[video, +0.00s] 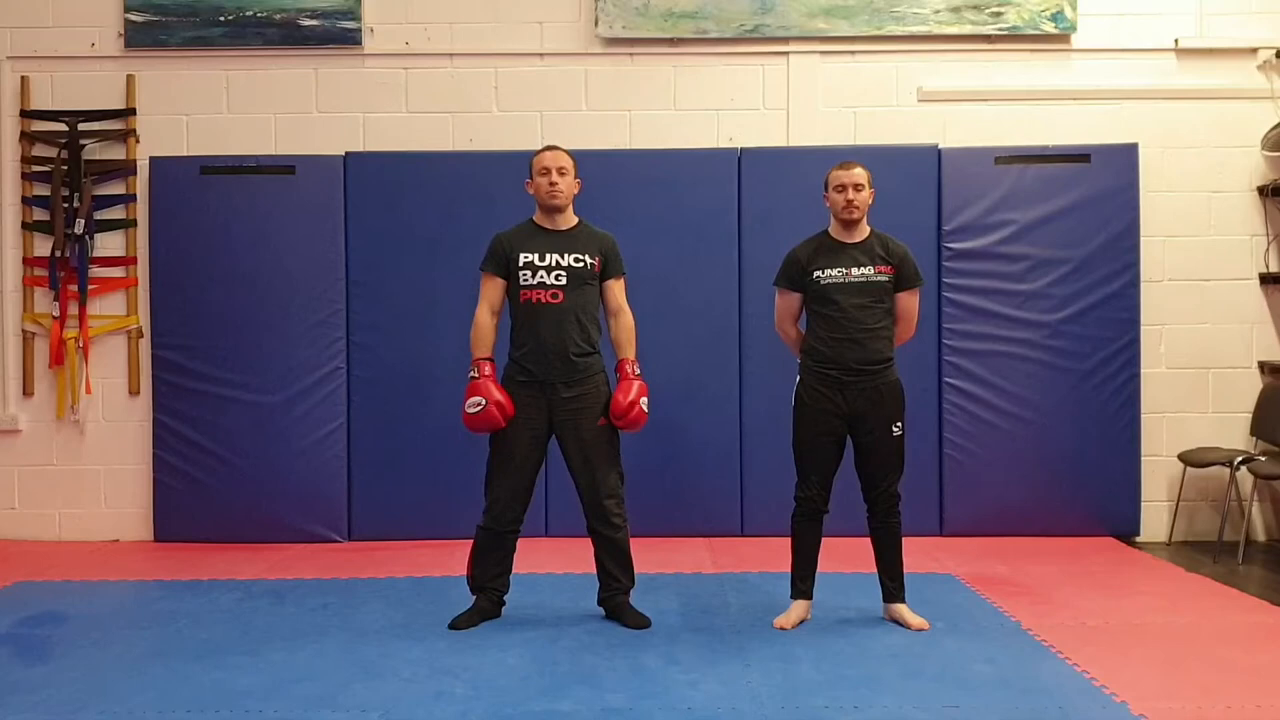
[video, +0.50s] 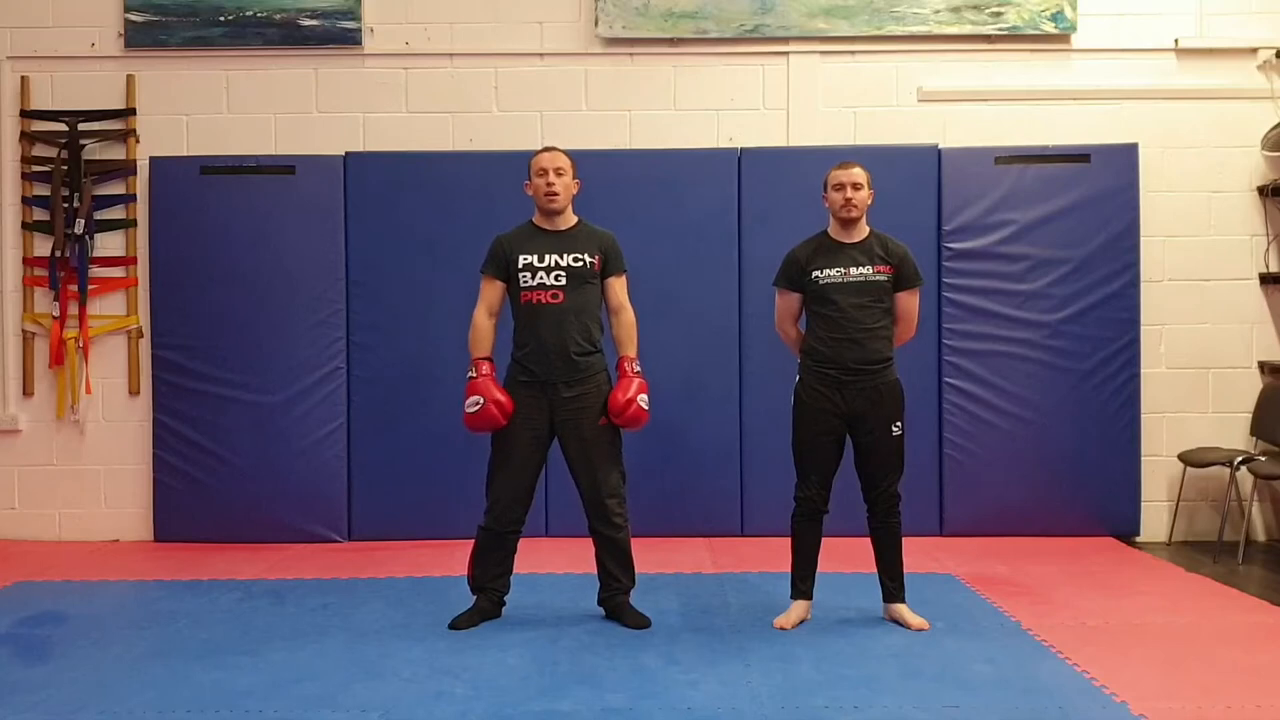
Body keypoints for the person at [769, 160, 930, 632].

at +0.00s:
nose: (849, 196)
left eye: (858, 188)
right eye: (840, 189)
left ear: (871, 195)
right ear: (827, 198)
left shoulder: (896, 255)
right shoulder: (803, 257)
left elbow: (906, 327)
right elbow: (785, 325)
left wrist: (863, 351)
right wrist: (820, 356)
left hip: (878, 392)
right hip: (819, 393)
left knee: (885, 500)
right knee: (810, 497)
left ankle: (894, 600)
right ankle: (801, 598)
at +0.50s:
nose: (848, 195)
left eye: (856, 187)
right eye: (839, 188)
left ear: (870, 196)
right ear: (826, 197)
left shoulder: (895, 255)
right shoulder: (802, 258)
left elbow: (906, 328)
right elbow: (785, 325)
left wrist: (863, 352)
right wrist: (820, 357)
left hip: (878, 393)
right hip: (818, 394)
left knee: (885, 500)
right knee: (809, 497)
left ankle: (894, 600)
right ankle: (801, 598)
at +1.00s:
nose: (848, 195)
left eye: (857, 187)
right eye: (839, 188)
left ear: (870, 195)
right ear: (826, 197)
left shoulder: (895, 255)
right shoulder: (803, 258)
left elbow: (906, 328)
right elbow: (785, 326)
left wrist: (864, 352)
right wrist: (822, 356)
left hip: (878, 392)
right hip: (819, 393)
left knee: (885, 499)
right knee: (810, 497)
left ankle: (894, 600)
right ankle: (801, 598)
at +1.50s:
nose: (850, 196)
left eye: (858, 188)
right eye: (841, 189)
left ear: (872, 195)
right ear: (828, 197)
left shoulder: (896, 256)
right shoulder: (804, 257)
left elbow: (907, 327)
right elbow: (787, 325)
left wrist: (865, 353)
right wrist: (822, 357)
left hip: (878, 392)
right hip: (819, 393)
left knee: (885, 499)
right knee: (810, 497)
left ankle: (894, 601)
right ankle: (801, 599)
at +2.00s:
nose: (849, 197)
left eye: (857, 189)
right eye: (839, 190)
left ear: (871, 196)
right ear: (827, 198)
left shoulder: (896, 256)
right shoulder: (804, 258)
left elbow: (907, 327)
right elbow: (787, 325)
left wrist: (865, 353)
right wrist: (822, 357)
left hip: (878, 392)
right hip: (819, 393)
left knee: (885, 499)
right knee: (810, 497)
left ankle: (894, 600)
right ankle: (801, 598)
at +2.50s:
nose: (849, 197)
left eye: (857, 189)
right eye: (839, 190)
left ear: (871, 196)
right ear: (827, 198)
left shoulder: (896, 256)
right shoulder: (803, 258)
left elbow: (907, 327)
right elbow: (787, 325)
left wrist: (865, 353)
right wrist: (822, 357)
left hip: (878, 392)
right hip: (819, 393)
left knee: (885, 499)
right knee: (810, 497)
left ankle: (894, 600)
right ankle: (801, 598)